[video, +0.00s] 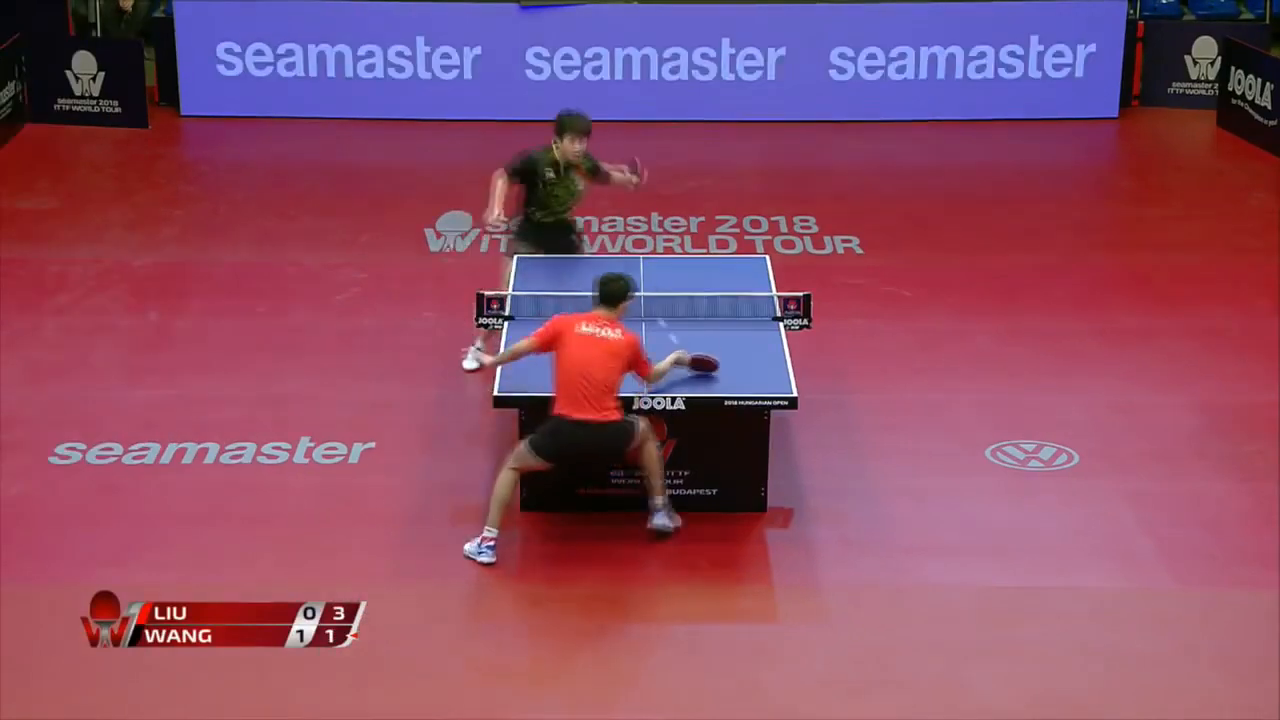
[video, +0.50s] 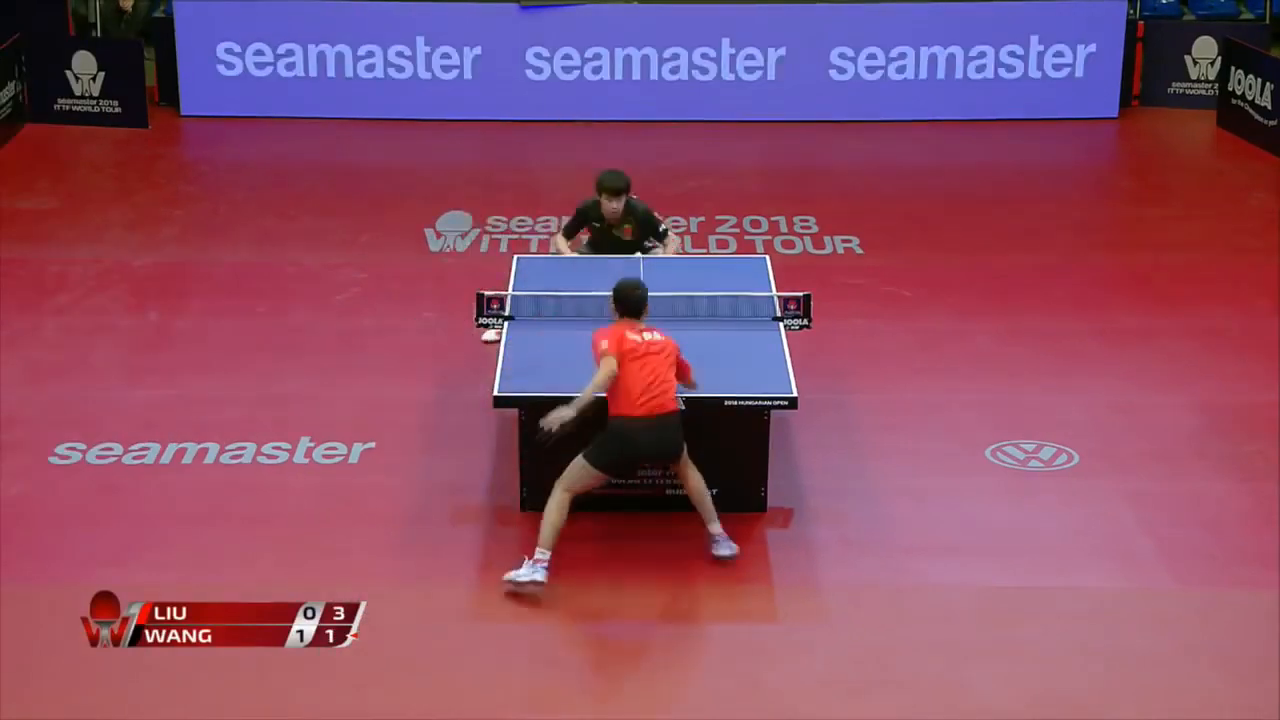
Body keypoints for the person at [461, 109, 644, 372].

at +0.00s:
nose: (579, 147)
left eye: (583, 141)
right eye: (574, 141)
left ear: (587, 141)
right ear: (558, 140)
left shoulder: (583, 163)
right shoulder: (537, 160)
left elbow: (604, 174)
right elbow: (501, 176)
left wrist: (630, 179)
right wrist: (496, 210)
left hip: (563, 231)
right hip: (530, 231)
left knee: (579, 282)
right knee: (509, 290)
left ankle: (583, 345)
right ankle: (479, 346)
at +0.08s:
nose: (583, 151)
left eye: (587, 145)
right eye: (578, 145)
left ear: (593, 146)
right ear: (564, 146)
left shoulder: (597, 170)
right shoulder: (545, 169)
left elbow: (623, 184)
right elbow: (518, 184)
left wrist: (638, 191)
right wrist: (516, 213)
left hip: (582, 243)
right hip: (546, 241)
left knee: (592, 292)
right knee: (519, 290)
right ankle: (483, 345)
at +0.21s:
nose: (595, 152)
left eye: (599, 146)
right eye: (589, 146)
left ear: (605, 146)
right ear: (576, 145)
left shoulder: (614, 167)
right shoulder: (557, 165)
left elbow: (648, 188)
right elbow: (542, 183)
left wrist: (653, 213)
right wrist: (541, 216)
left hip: (602, 231)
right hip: (560, 230)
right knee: (524, 275)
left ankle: (658, 323)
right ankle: (492, 332)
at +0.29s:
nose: (601, 163)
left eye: (605, 157)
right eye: (595, 157)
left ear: (611, 156)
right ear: (583, 155)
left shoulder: (622, 175)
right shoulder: (564, 174)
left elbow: (656, 197)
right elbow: (551, 195)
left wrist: (654, 230)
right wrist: (550, 230)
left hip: (610, 241)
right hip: (571, 240)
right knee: (537, 270)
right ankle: (503, 324)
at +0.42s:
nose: (610, 194)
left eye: (614, 188)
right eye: (605, 188)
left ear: (621, 186)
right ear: (593, 186)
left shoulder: (632, 203)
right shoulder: (576, 204)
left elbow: (664, 227)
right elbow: (557, 225)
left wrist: (658, 253)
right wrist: (559, 251)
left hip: (624, 260)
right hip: (586, 260)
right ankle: (505, 326)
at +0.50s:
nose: (614, 205)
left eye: (619, 199)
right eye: (609, 199)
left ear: (627, 197)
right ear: (599, 197)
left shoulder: (640, 211)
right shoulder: (589, 209)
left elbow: (672, 240)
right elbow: (560, 238)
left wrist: (666, 257)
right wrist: (567, 254)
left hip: (631, 257)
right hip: (594, 255)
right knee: (555, 280)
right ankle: (507, 326)